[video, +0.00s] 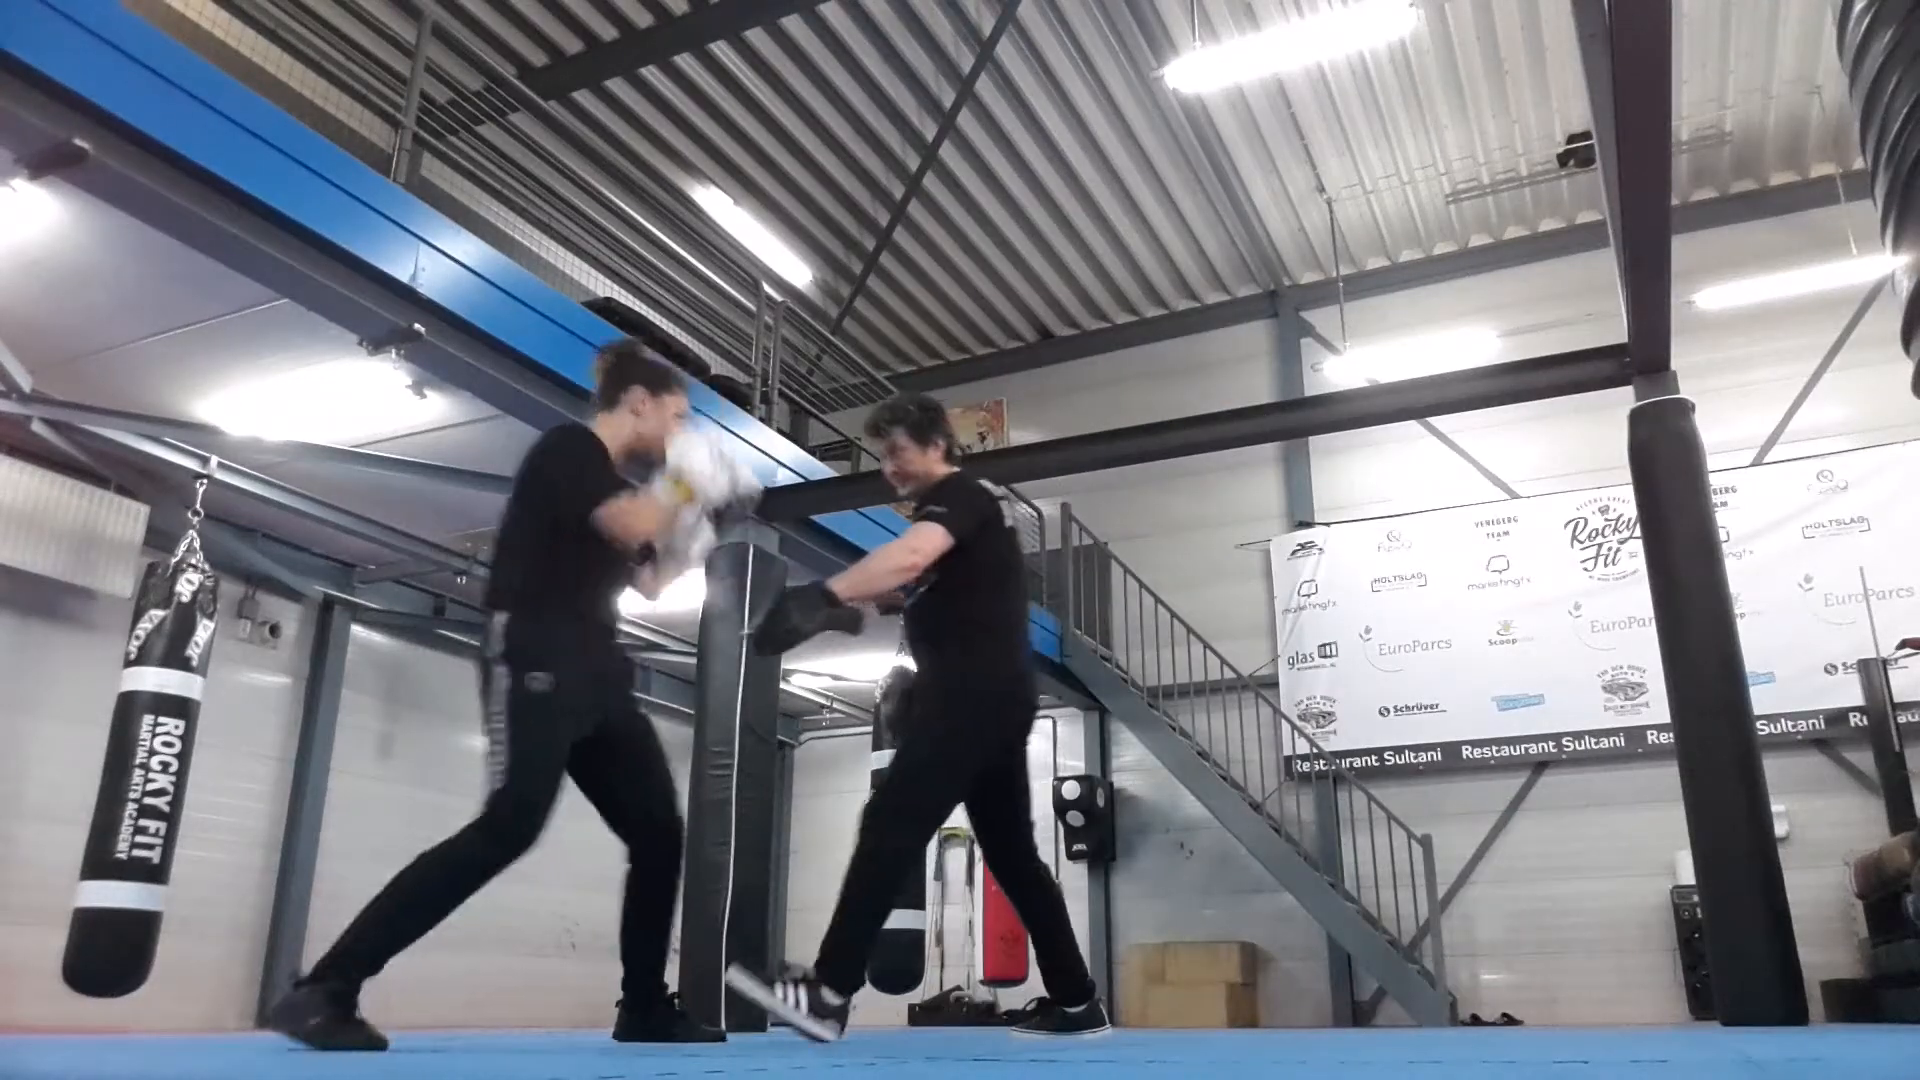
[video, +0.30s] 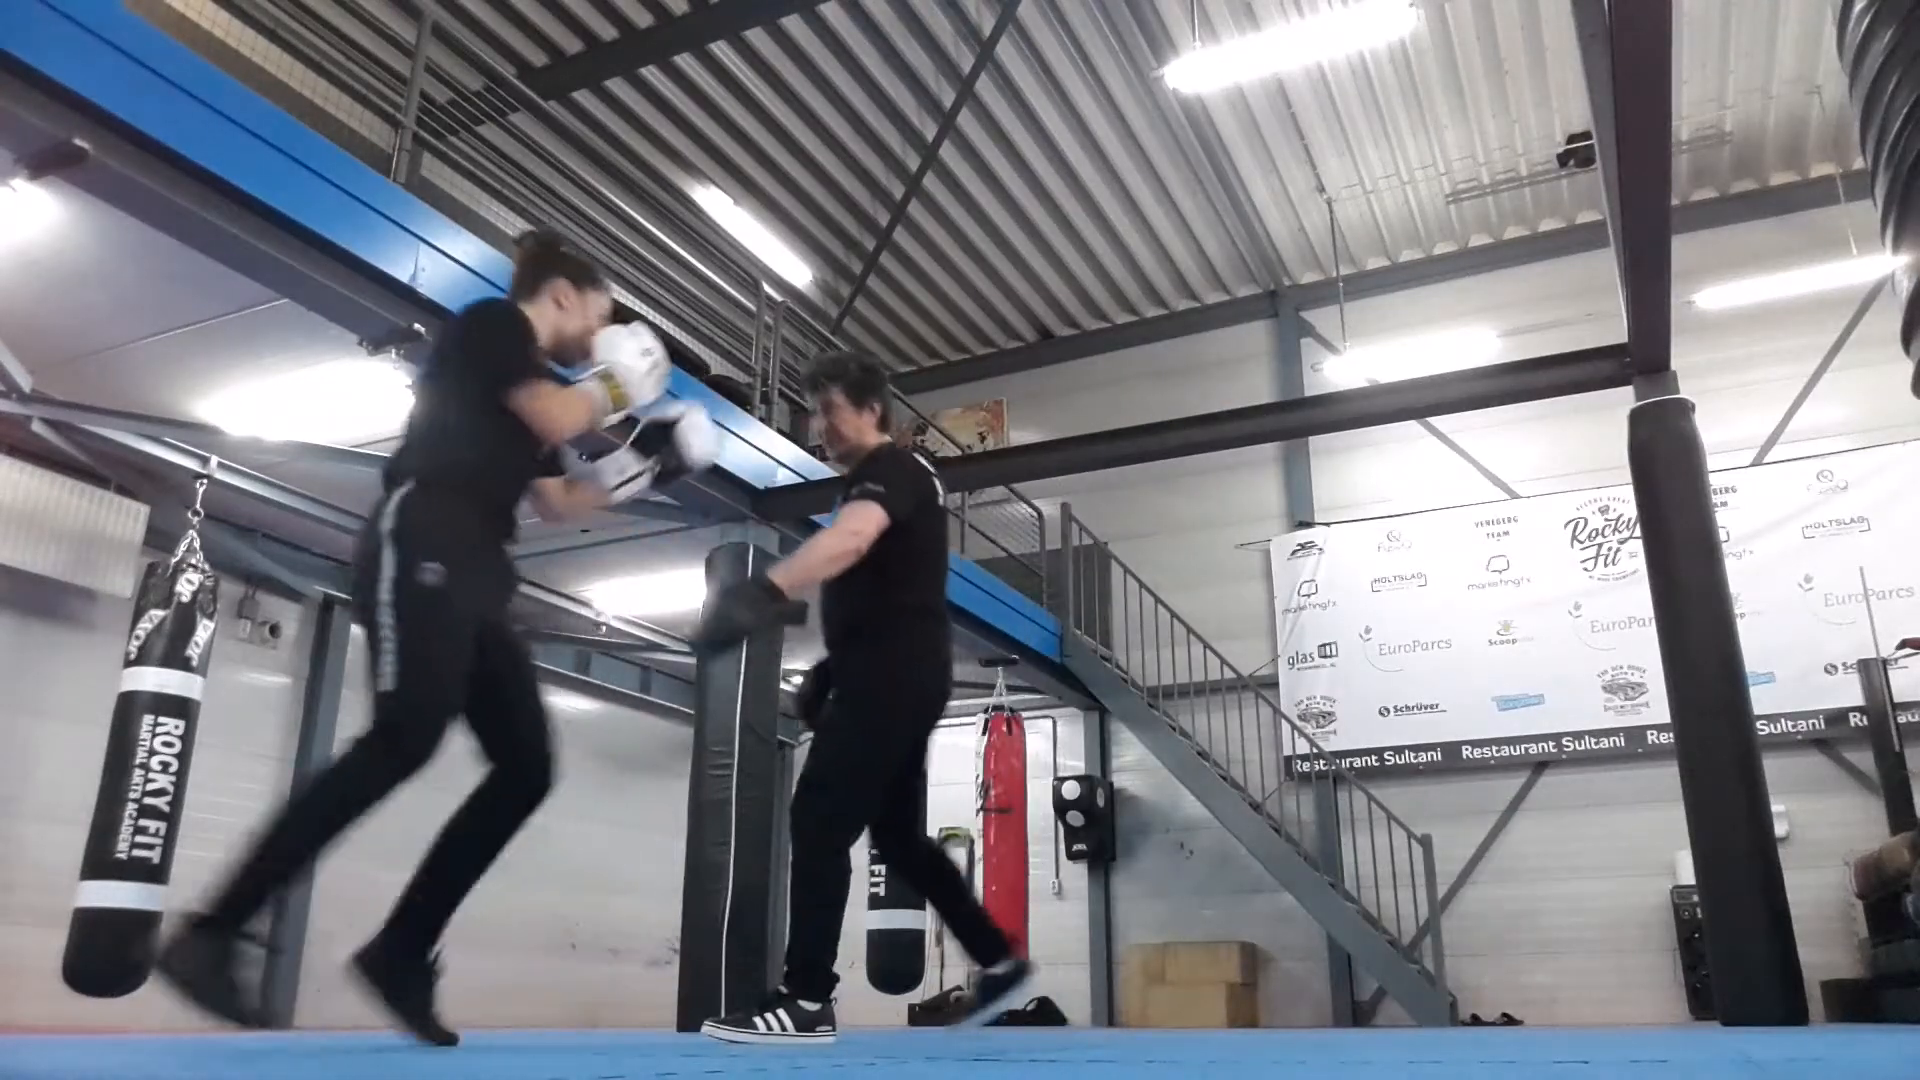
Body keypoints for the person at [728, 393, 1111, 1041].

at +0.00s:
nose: (888, 468)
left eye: (897, 452)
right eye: (883, 456)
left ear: (935, 445)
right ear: (931, 453)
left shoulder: (962, 494)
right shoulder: (959, 511)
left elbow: (911, 556)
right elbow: (911, 587)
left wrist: (819, 595)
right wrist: (852, 606)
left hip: (966, 697)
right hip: (994, 698)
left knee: (890, 830)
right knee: (1012, 855)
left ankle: (829, 991)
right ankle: (1075, 1000)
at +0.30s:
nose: (821, 429)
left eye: (829, 413)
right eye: (817, 416)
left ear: (870, 410)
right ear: (867, 418)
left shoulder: (891, 468)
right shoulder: (894, 475)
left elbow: (849, 541)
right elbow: (896, 597)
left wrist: (764, 590)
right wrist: (836, 669)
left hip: (889, 673)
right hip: (903, 673)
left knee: (819, 819)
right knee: (898, 835)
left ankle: (807, 1001)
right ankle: (999, 961)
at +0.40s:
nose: (810, 421)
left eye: (819, 405)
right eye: (806, 408)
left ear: (861, 400)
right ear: (836, 407)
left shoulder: (882, 459)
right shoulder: (870, 474)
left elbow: (835, 526)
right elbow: (870, 588)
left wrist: (747, 559)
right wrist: (814, 656)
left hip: (881, 667)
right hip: (873, 667)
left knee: (822, 813)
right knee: (855, 821)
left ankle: (808, 1001)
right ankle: (919, 978)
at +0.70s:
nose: (776, 435)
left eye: (786, 420)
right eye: (769, 424)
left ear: (824, 418)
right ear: (767, 429)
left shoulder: (850, 478)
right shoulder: (807, 497)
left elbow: (837, 551)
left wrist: (764, 614)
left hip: (829, 680)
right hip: (818, 683)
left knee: (726, 779)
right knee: (809, 843)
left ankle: (748, 973)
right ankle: (874, 997)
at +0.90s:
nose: (732, 412)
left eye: (745, 397)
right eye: (726, 400)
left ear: (787, 401)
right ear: (726, 406)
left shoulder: (803, 469)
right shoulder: (762, 483)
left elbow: (765, 535)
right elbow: (765, 599)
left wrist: (679, 572)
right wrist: (701, 651)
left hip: (778, 687)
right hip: (766, 687)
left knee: (689, 806)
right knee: (807, 844)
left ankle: (651, 993)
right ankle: (875, 995)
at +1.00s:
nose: (706, 403)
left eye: (720, 389)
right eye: (700, 391)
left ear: (765, 393)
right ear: (702, 395)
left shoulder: (775, 462)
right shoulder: (748, 473)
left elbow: (716, 533)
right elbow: (734, 600)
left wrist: (609, 568)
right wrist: (667, 653)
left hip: (738, 688)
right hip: (741, 688)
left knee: (648, 806)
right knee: (764, 845)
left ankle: (642, 998)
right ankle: (860, 982)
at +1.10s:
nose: (682, 379)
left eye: (696, 364)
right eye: (677, 366)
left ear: (739, 369)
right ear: (679, 371)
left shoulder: (754, 445)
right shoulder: (722, 452)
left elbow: (678, 520)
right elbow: (713, 578)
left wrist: (566, 557)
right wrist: (652, 638)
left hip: (722, 662)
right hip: (702, 661)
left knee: (640, 797)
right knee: (688, 824)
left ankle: (646, 998)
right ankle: (808, 948)